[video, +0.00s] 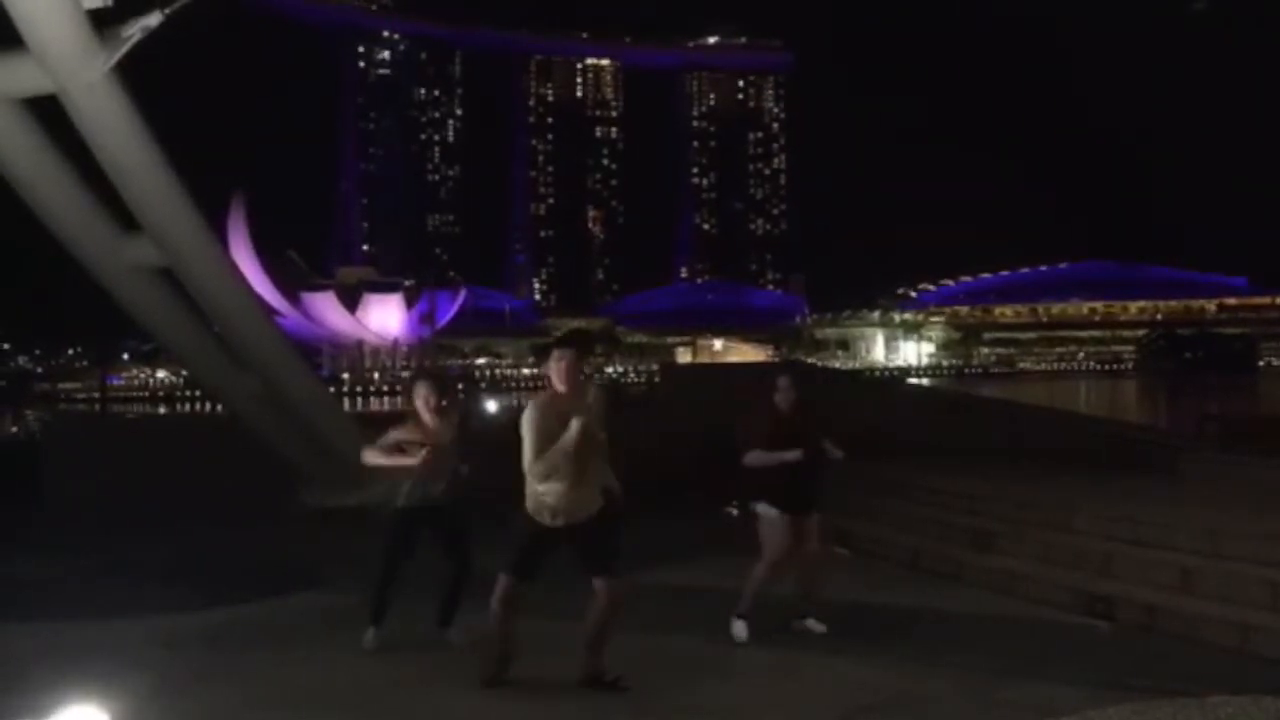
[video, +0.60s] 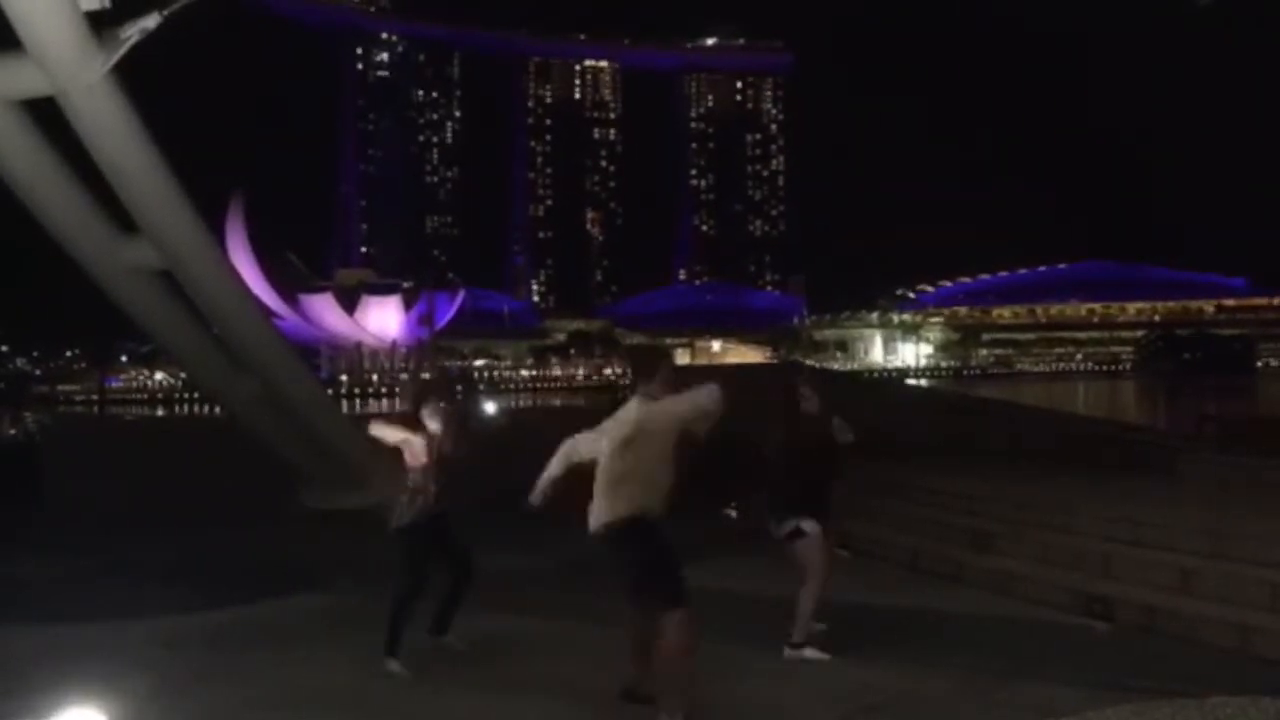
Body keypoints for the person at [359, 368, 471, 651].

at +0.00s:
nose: (429, 403)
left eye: (433, 396)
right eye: (422, 397)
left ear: (443, 399)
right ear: (413, 402)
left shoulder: (454, 429)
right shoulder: (407, 431)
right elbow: (368, 455)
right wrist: (410, 461)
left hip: (445, 504)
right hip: (410, 505)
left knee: (460, 564)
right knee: (392, 562)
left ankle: (445, 624)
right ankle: (375, 624)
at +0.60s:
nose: (437, 416)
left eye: (441, 410)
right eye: (431, 411)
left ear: (448, 414)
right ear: (421, 415)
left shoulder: (447, 442)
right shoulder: (413, 441)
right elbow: (374, 427)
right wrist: (405, 437)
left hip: (439, 517)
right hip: (412, 519)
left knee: (462, 568)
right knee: (412, 581)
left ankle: (439, 630)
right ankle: (391, 653)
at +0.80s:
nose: (462, 414)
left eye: (463, 407)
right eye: (459, 407)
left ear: (434, 405)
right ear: (445, 407)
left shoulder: (414, 428)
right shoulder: (431, 438)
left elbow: (380, 441)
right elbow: (469, 457)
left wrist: (361, 441)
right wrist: (483, 438)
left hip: (421, 520)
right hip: (426, 526)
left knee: (456, 578)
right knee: (429, 585)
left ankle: (444, 633)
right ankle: (399, 642)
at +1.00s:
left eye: (429, 395)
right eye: (449, 396)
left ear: (424, 395)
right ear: (454, 395)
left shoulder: (410, 422)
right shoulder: (465, 425)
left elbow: (388, 455)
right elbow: (480, 462)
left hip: (422, 515)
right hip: (459, 514)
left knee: (435, 572)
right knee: (464, 564)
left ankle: (451, 632)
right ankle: (469, 616)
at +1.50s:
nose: (387, 431)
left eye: (391, 424)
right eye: (387, 424)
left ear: (407, 424)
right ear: (415, 424)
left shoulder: (411, 455)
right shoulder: (434, 449)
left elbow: (397, 504)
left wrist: (403, 527)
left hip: (433, 527)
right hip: (453, 525)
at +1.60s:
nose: (387, 440)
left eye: (392, 433)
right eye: (388, 433)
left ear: (408, 436)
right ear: (415, 437)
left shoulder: (407, 469)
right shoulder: (431, 463)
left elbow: (398, 509)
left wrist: (389, 542)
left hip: (414, 539)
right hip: (438, 537)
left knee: (381, 584)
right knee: (428, 592)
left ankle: (379, 638)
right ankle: (446, 637)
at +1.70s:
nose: (390, 452)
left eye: (395, 446)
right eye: (389, 445)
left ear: (411, 446)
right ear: (414, 446)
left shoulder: (405, 476)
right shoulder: (427, 465)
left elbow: (396, 517)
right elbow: (424, 410)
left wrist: (382, 550)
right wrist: (430, 373)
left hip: (413, 538)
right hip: (440, 536)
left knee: (378, 576)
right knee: (428, 586)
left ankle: (379, 637)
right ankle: (452, 636)